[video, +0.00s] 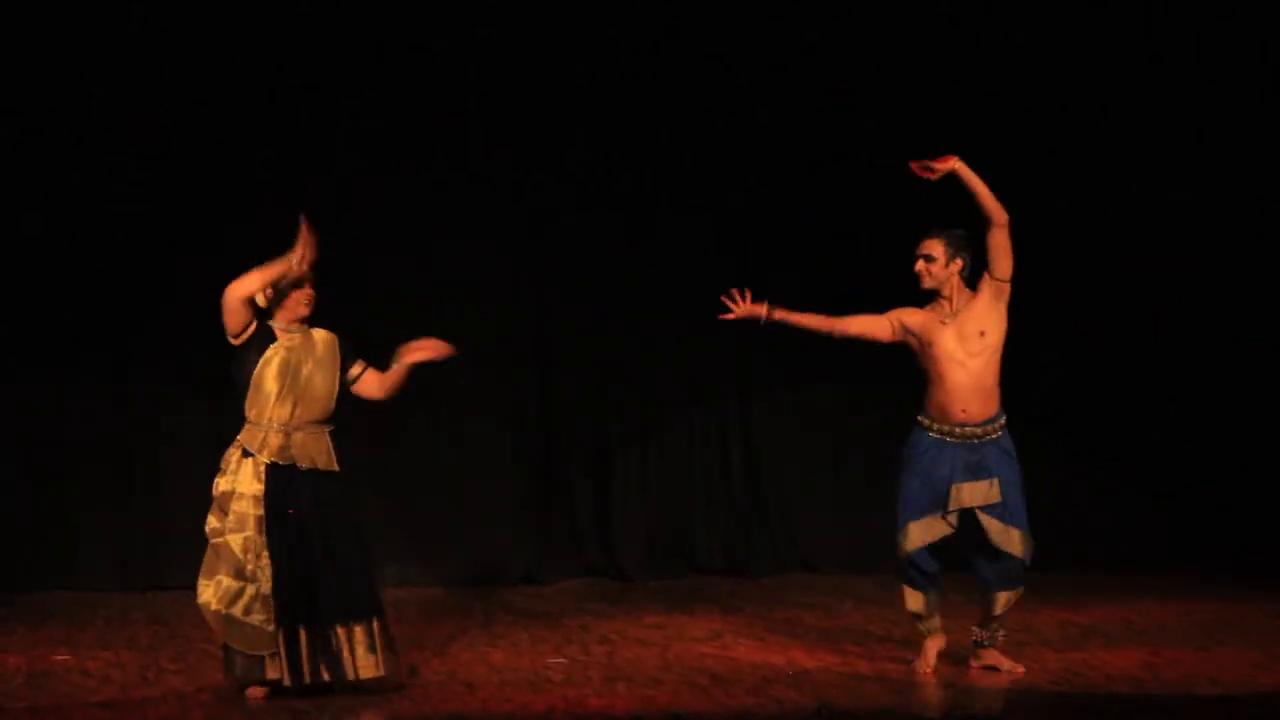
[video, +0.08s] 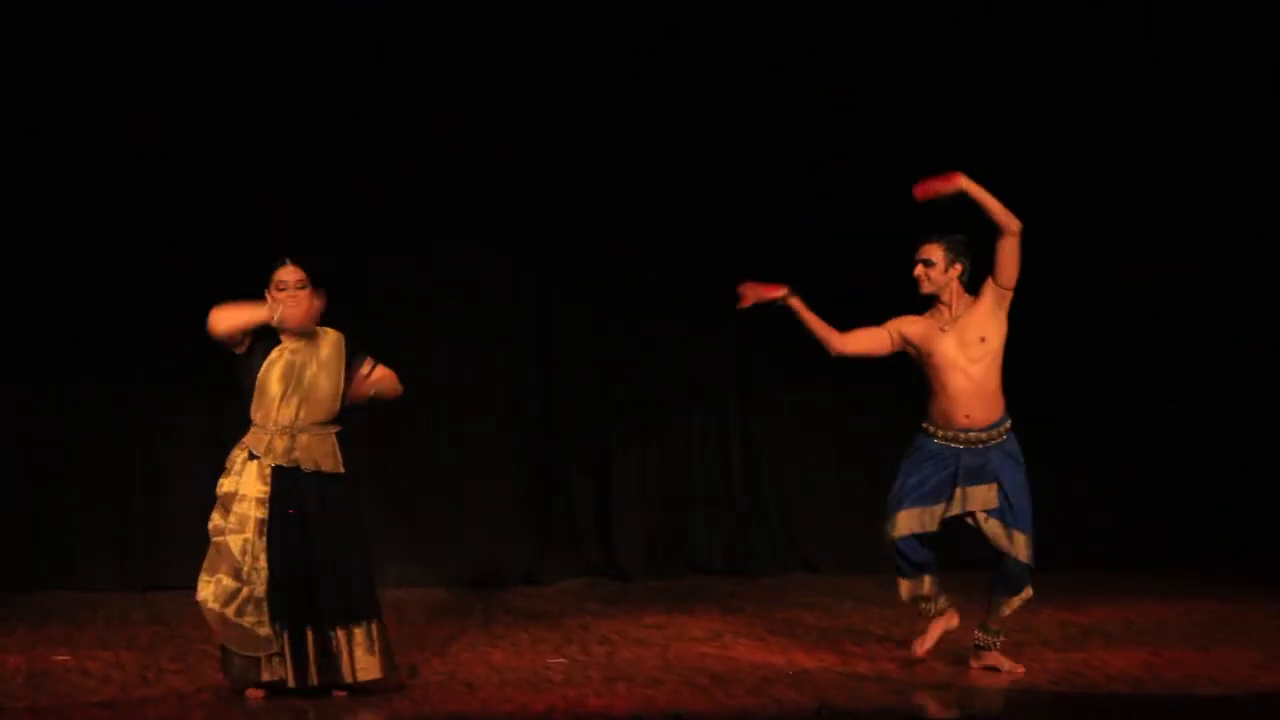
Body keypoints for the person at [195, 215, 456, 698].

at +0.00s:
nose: (308, 293)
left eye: (310, 287)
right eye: (298, 288)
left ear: (313, 297)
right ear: (275, 296)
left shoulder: (327, 345)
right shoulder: (252, 339)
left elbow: (376, 387)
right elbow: (235, 294)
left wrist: (404, 360)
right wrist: (290, 262)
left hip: (315, 467)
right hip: (259, 465)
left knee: (329, 561)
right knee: (260, 568)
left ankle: (328, 668)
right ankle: (260, 673)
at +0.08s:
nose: (289, 297)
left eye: (299, 288)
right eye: (280, 289)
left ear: (320, 299)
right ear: (268, 299)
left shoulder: (335, 348)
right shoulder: (257, 345)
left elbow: (391, 384)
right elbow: (216, 321)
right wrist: (270, 312)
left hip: (317, 467)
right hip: (260, 466)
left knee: (328, 566)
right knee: (261, 567)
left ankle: (333, 673)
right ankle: (266, 672)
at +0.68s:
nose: (309, 297)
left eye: (317, 289)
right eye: (299, 289)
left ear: (326, 296)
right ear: (282, 295)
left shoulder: (342, 347)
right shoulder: (261, 342)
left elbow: (383, 410)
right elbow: (199, 370)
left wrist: (377, 474)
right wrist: (249, 365)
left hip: (329, 474)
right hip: (272, 473)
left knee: (332, 568)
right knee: (270, 570)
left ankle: (331, 673)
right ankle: (274, 672)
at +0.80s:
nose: (321, 299)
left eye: (325, 292)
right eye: (310, 291)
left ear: (330, 300)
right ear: (285, 299)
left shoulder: (343, 349)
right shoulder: (262, 344)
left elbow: (386, 412)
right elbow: (201, 373)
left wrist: (379, 473)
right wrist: (250, 371)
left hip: (329, 475)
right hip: (272, 474)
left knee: (332, 571)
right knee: (269, 572)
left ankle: (330, 674)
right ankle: (271, 674)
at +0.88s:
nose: (323, 299)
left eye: (327, 291)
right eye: (312, 290)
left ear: (331, 299)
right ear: (286, 298)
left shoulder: (344, 349)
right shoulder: (263, 343)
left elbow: (386, 411)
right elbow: (202, 371)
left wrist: (380, 471)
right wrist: (250, 372)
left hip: (331, 475)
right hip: (274, 475)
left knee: (335, 571)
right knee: (272, 573)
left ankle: (333, 674)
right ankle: (274, 674)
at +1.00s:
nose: (325, 296)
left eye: (329, 289)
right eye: (314, 288)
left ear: (333, 297)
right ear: (288, 296)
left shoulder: (346, 346)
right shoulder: (265, 339)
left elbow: (388, 409)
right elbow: (203, 363)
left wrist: (381, 467)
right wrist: (253, 371)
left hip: (332, 474)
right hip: (274, 472)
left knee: (340, 570)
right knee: (270, 571)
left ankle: (341, 673)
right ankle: (270, 675)